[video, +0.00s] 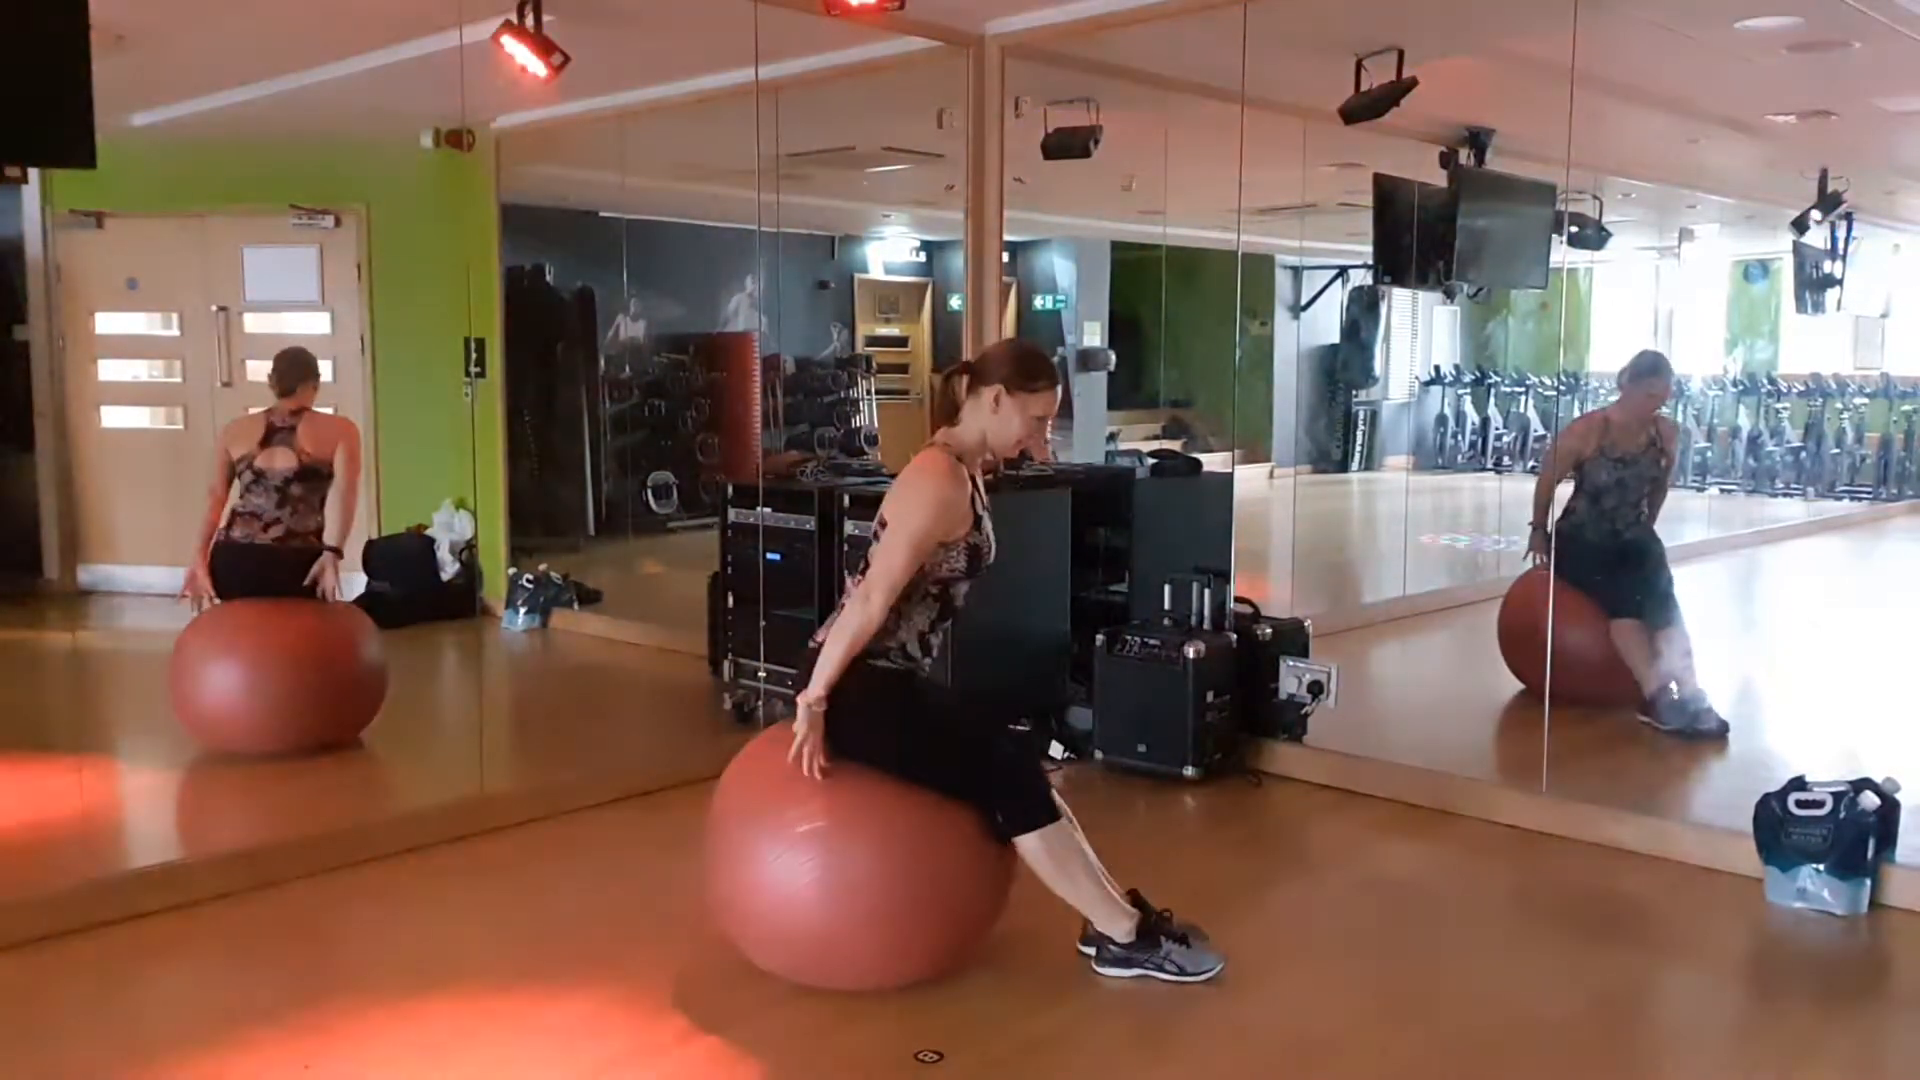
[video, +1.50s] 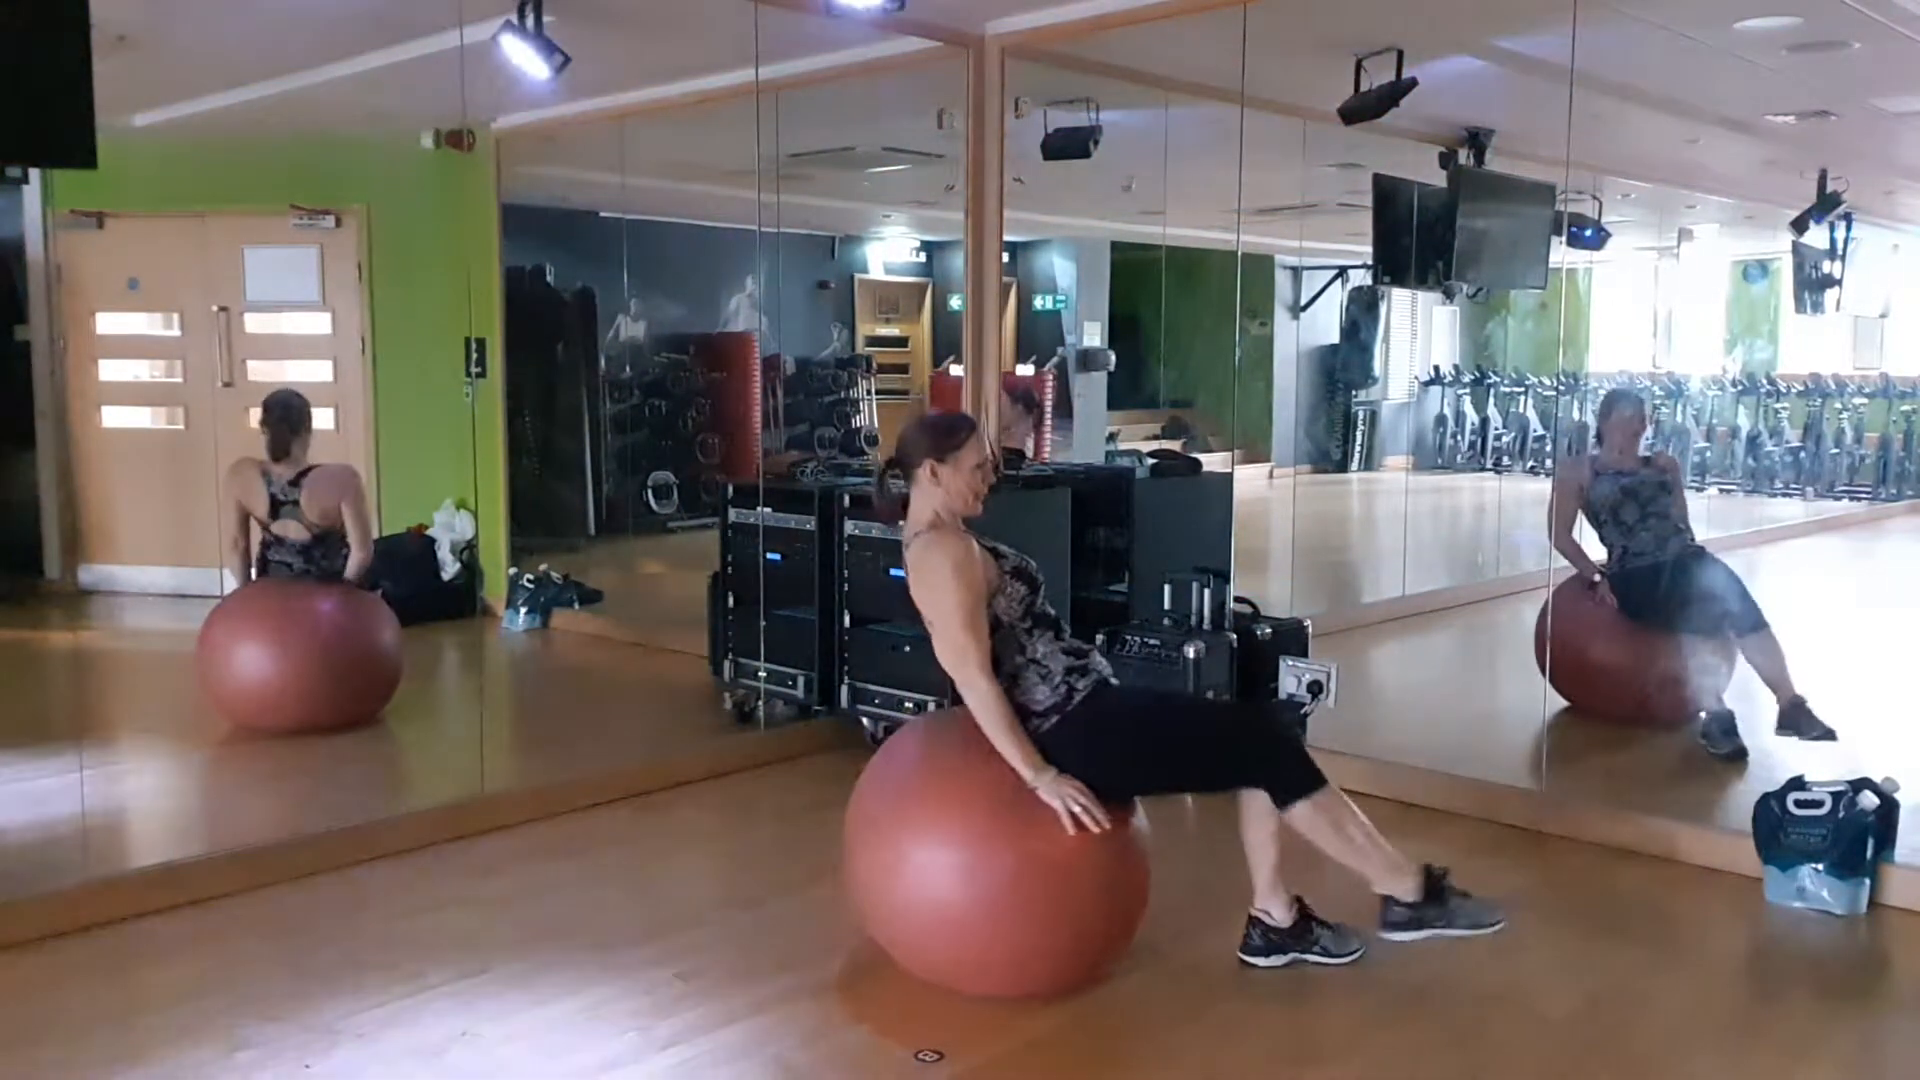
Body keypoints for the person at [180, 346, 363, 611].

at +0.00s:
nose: (315, 390)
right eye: (315, 383)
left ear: (273, 383)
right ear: (314, 384)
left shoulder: (235, 430)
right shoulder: (339, 431)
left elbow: (216, 498)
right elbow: (342, 494)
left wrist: (200, 558)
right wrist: (331, 553)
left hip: (232, 559)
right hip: (298, 561)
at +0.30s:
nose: (311, 387)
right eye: (310, 380)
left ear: (264, 384)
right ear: (306, 384)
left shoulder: (232, 436)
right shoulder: (333, 432)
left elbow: (215, 509)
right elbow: (341, 500)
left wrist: (209, 575)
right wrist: (329, 558)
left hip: (241, 569)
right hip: (302, 569)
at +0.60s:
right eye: (300, 379)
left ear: (256, 383)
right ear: (300, 383)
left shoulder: (228, 436)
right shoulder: (330, 432)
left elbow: (217, 507)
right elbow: (345, 498)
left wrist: (214, 574)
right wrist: (337, 560)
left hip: (247, 568)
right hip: (309, 567)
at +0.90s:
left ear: (263, 393)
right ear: (307, 395)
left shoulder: (235, 446)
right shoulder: (334, 445)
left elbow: (222, 516)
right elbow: (347, 515)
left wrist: (229, 579)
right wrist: (343, 571)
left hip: (257, 575)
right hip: (315, 574)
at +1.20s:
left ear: (260, 413)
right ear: (306, 410)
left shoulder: (236, 463)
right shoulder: (337, 462)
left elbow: (231, 536)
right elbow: (358, 539)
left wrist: (242, 593)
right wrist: (343, 586)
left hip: (264, 590)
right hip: (323, 590)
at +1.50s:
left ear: (263, 428)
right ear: (308, 428)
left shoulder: (242, 475)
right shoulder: (341, 478)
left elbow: (237, 545)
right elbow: (362, 552)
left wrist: (247, 595)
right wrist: (340, 595)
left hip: (269, 601)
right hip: (326, 600)